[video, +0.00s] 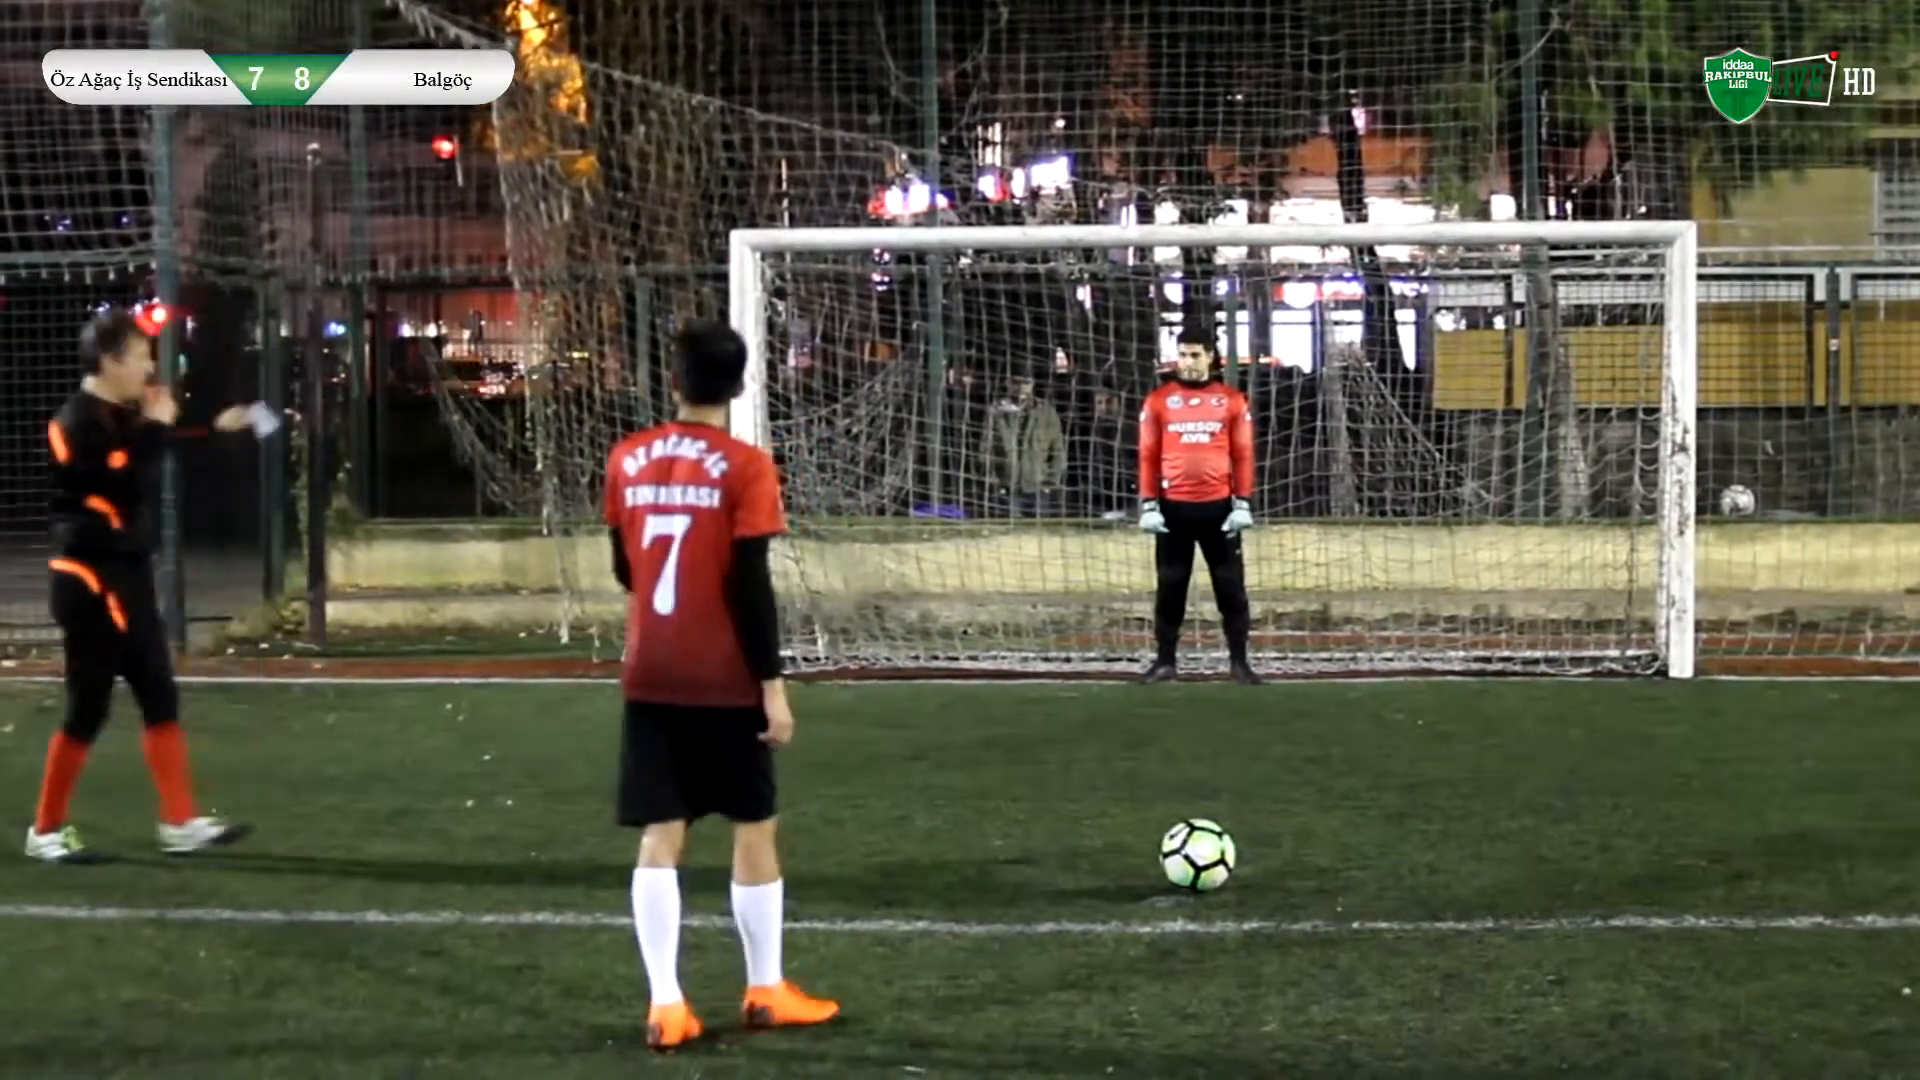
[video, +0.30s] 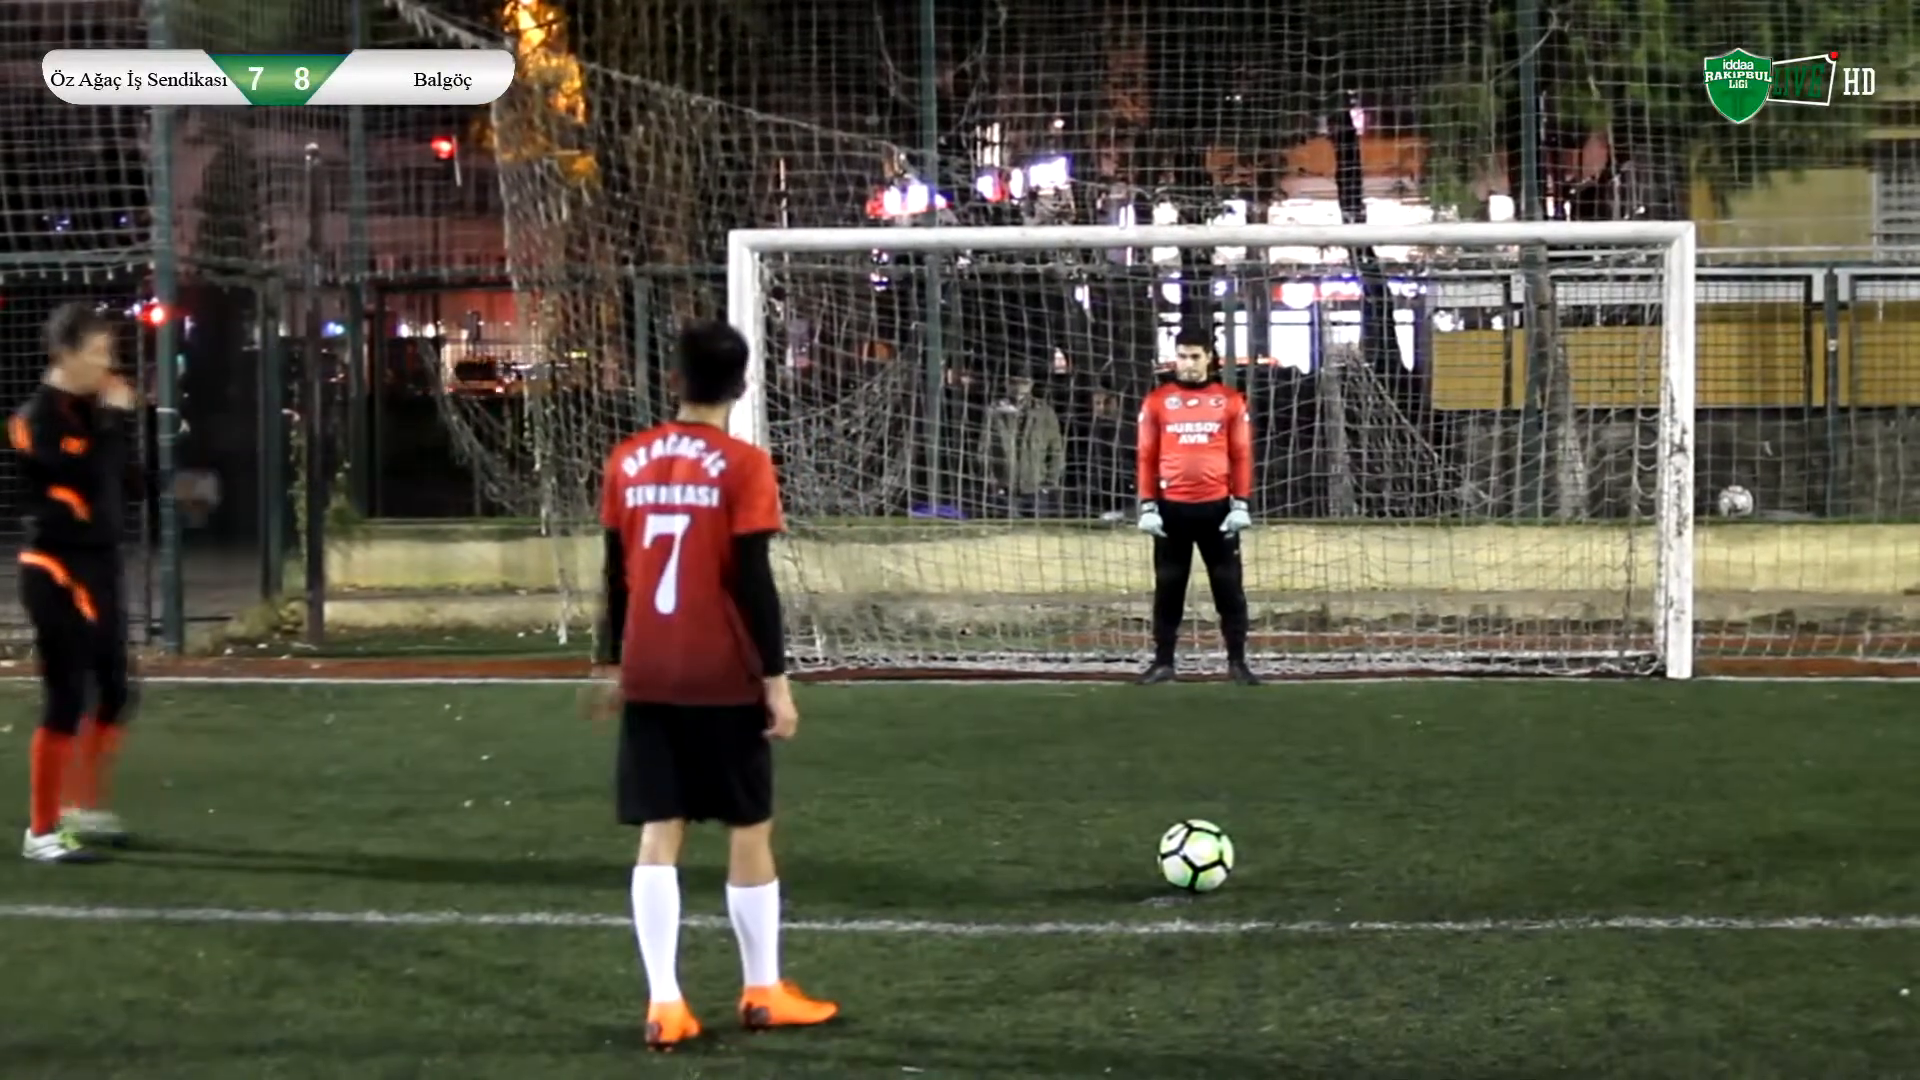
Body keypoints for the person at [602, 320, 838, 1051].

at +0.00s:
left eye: (697, 371)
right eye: (735, 379)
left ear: (677, 380)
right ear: (740, 385)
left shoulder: (628, 457)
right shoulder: (749, 465)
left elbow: (628, 571)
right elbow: (750, 582)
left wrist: (692, 592)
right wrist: (771, 680)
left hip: (650, 678)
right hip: (728, 679)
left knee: (661, 830)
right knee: (756, 825)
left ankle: (665, 1001)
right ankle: (768, 986)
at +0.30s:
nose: (729, 387)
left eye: (691, 372)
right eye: (738, 378)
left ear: (677, 380)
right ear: (741, 385)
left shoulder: (627, 459)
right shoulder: (747, 464)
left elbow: (617, 576)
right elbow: (752, 574)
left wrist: (611, 659)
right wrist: (776, 674)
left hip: (648, 677)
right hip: (727, 679)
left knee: (660, 828)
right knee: (751, 826)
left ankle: (663, 999)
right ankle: (764, 986)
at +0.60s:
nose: (751, 395)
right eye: (754, 385)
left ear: (683, 385)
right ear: (748, 391)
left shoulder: (634, 460)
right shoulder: (751, 467)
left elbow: (589, 565)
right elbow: (756, 575)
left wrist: (569, 659)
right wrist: (781, 675)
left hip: (650, 681)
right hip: (731, 681)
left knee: (661, 831)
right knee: (754, 829)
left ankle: (663, 1003)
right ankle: (764, 988)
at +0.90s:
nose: (767, 399)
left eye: (758, 386)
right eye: (768, 390)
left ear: (698, 386)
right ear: (759, 395)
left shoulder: (641, 459)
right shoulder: (760, 470)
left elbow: (605, 567)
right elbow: (760, 579)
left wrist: (584, 662)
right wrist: (779, 679)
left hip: (650, 680)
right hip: (729, 682)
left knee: (659, 832)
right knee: (754, 829)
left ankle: (662, 1004)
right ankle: (764, 988)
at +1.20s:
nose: (782, 407)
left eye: (781, 397)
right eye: (782, 398)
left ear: (713, 393)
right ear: (772, 400)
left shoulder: (649, 461)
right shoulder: (767, 472)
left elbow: (626, 574)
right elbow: (764, 583)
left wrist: (649, 650)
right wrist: (781, 680)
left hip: (650, 675)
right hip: (728, 677)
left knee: (660, 828)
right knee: (755, 827)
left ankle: (662, 1004)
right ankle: (764, 988)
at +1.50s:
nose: (799, 415)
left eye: (797, 403)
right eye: (798, 404)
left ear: (735, 396)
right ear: (785, 406)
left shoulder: (666, 462)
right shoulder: (781, 473)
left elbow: (641, 577)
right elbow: (772, 578)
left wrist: (693, 625)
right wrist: (788, 679)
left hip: (655, 670)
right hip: (732, 675)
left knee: (663, 828)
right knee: (757, 826)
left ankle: (663, 1002)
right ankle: (765, 987)